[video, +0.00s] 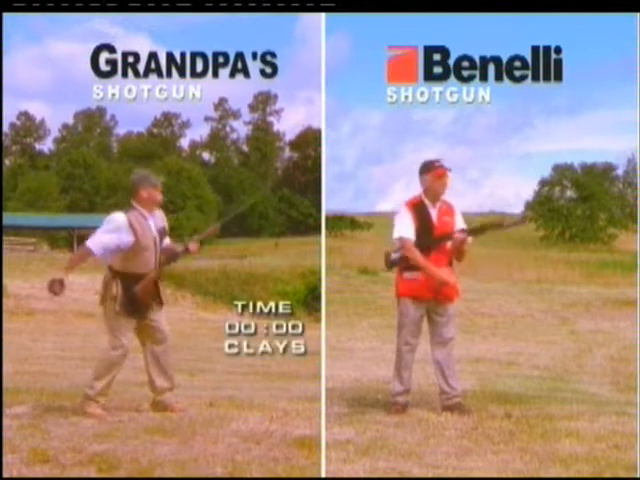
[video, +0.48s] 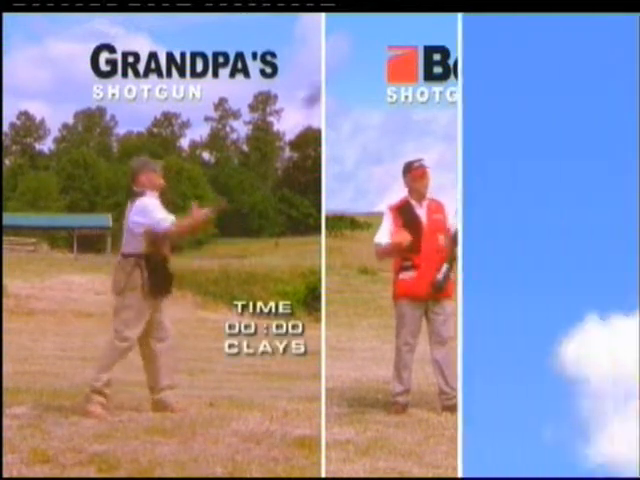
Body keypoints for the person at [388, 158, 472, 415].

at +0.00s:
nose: (443, 184)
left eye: (445, 178)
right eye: (438, 178)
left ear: (446, 181)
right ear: (424, 181)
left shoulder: (451, 210)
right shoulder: (408, 210)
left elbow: (458, 254)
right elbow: (407, 247)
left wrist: (460, 244)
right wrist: (436, 274)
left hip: (442, 280)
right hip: (413, 281)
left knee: (445, 341)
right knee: (407, 342)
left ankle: (451, 397)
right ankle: (400, 395)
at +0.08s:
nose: (440, 183)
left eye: (442, 178)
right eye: (434, 178)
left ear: (444, 180)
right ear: (421, 180)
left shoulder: (449, 210)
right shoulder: (406, 210)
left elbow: (458, 255)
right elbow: (401, 247)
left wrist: (461, 242)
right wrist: (432, 269)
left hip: (441, 280)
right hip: (412, 282)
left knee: (445, 341)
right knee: (407, 342)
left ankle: (451, 397)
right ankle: (400, 395)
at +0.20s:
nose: (435, 182)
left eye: (437, 177)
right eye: (430, 177)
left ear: (440, 179)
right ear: (417, 180)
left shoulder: (448, 210)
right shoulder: (402, 210)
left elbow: (459, 252)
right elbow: (395, 244)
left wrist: (464, 238)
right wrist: (419, 260)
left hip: (441, 281)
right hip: (411, 282)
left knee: (445, 341)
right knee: (406, 342)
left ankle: (451, 397)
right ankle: (400, 395)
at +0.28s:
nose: (432, 182)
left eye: (434, 177)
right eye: (426, 177)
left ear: (437, 179)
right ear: (414, 181)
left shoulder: (445, 210)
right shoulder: (399, 211)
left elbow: (460, 250)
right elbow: (388, 246)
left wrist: (467, 233)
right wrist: (410, 249)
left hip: (440, 281)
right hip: (410, 283)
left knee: (445, 341)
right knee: (406, 343)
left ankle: (451, 397)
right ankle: (400, 395)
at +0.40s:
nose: (427, 181)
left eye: (429, 176)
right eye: (422, 177)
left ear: (433, 178)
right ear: (410, 181)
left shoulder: (443, 209)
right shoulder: (396, 211)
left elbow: (462, 247)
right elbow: (383, 248)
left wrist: (470, 228)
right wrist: (405, 246)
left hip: (440, 280)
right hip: (409, 281)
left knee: (444, 341)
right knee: (406, 342)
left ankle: (451, 397)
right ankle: (400, 395)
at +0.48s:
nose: (422, 182)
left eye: (425, 177)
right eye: (417, 178)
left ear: (429, 179)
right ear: (407, 182)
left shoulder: (440, 208)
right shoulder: (394, 211)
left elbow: (451, 240)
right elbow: (380, 249)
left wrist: (448, 250)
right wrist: (398, 245)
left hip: (439, 284)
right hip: (409, 286)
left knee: (443, 342)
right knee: (406, 343)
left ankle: (449, 396)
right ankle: (401, 395)